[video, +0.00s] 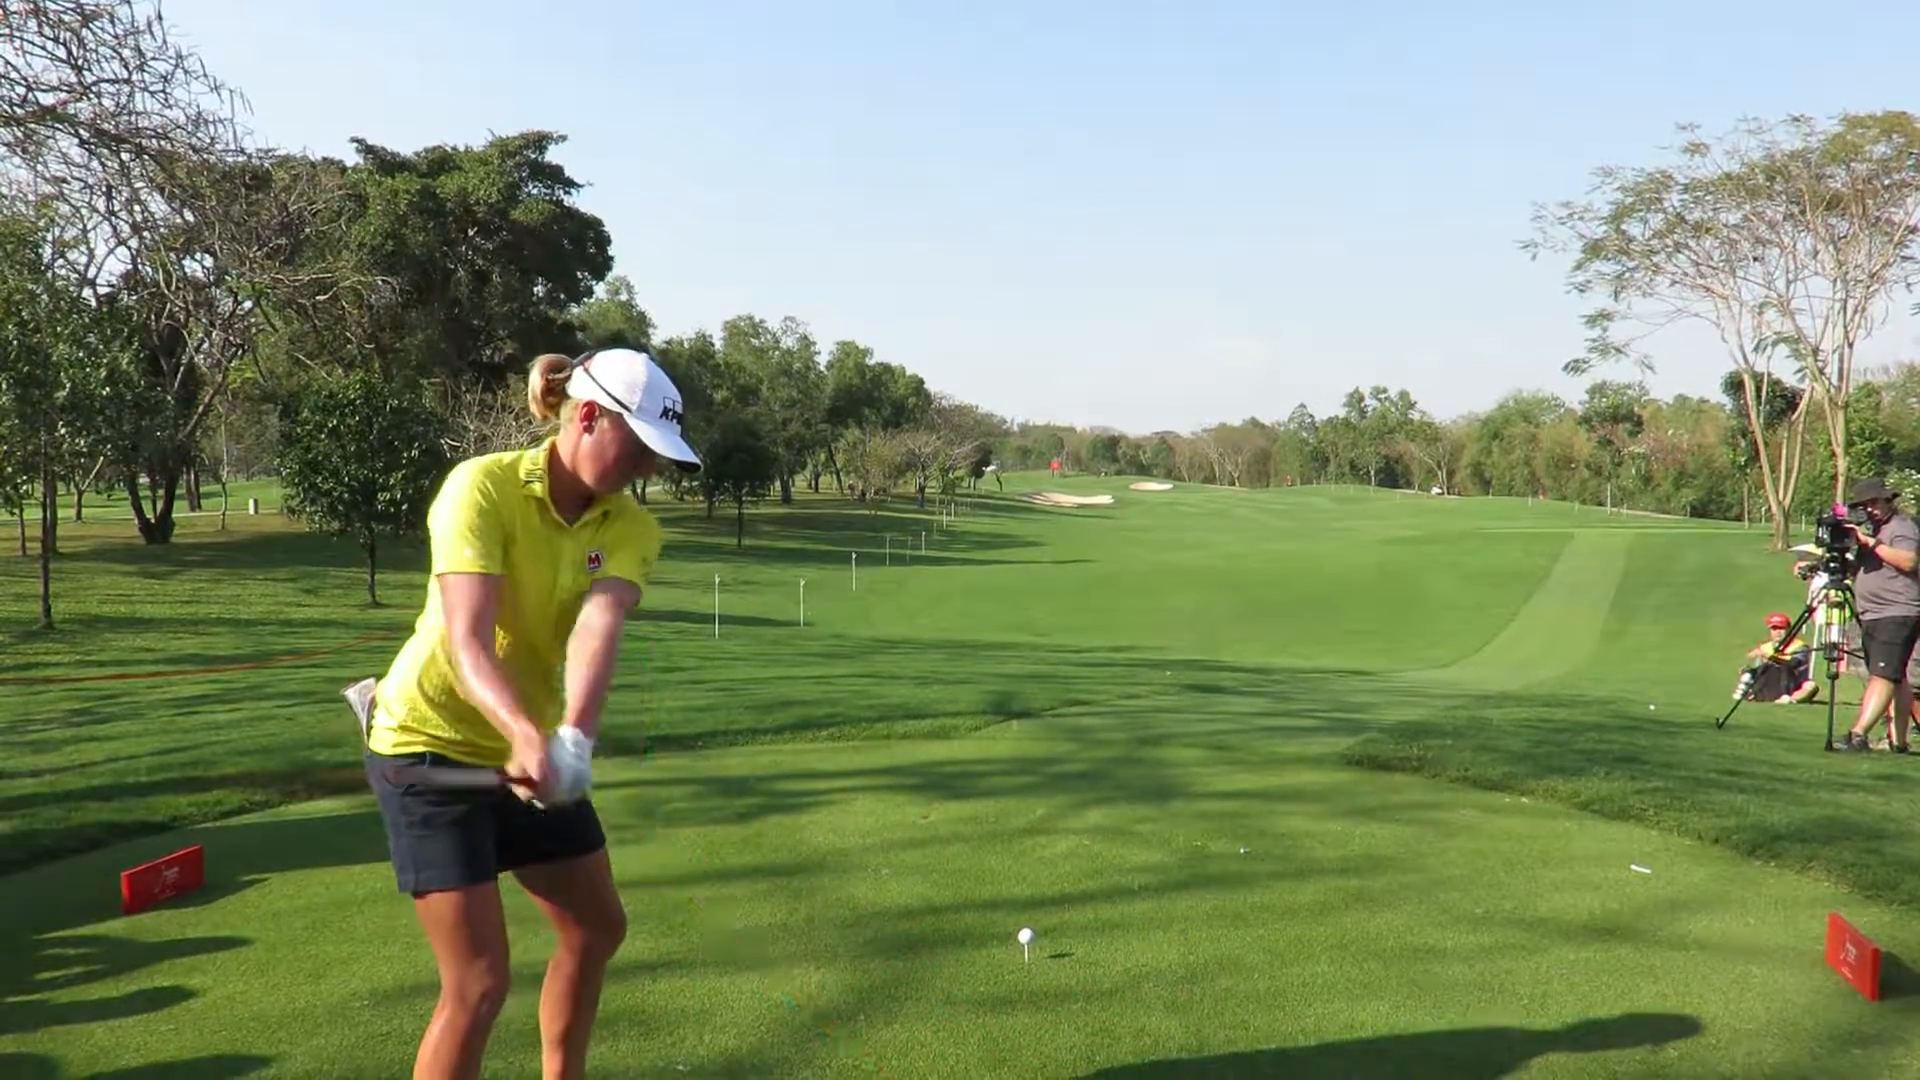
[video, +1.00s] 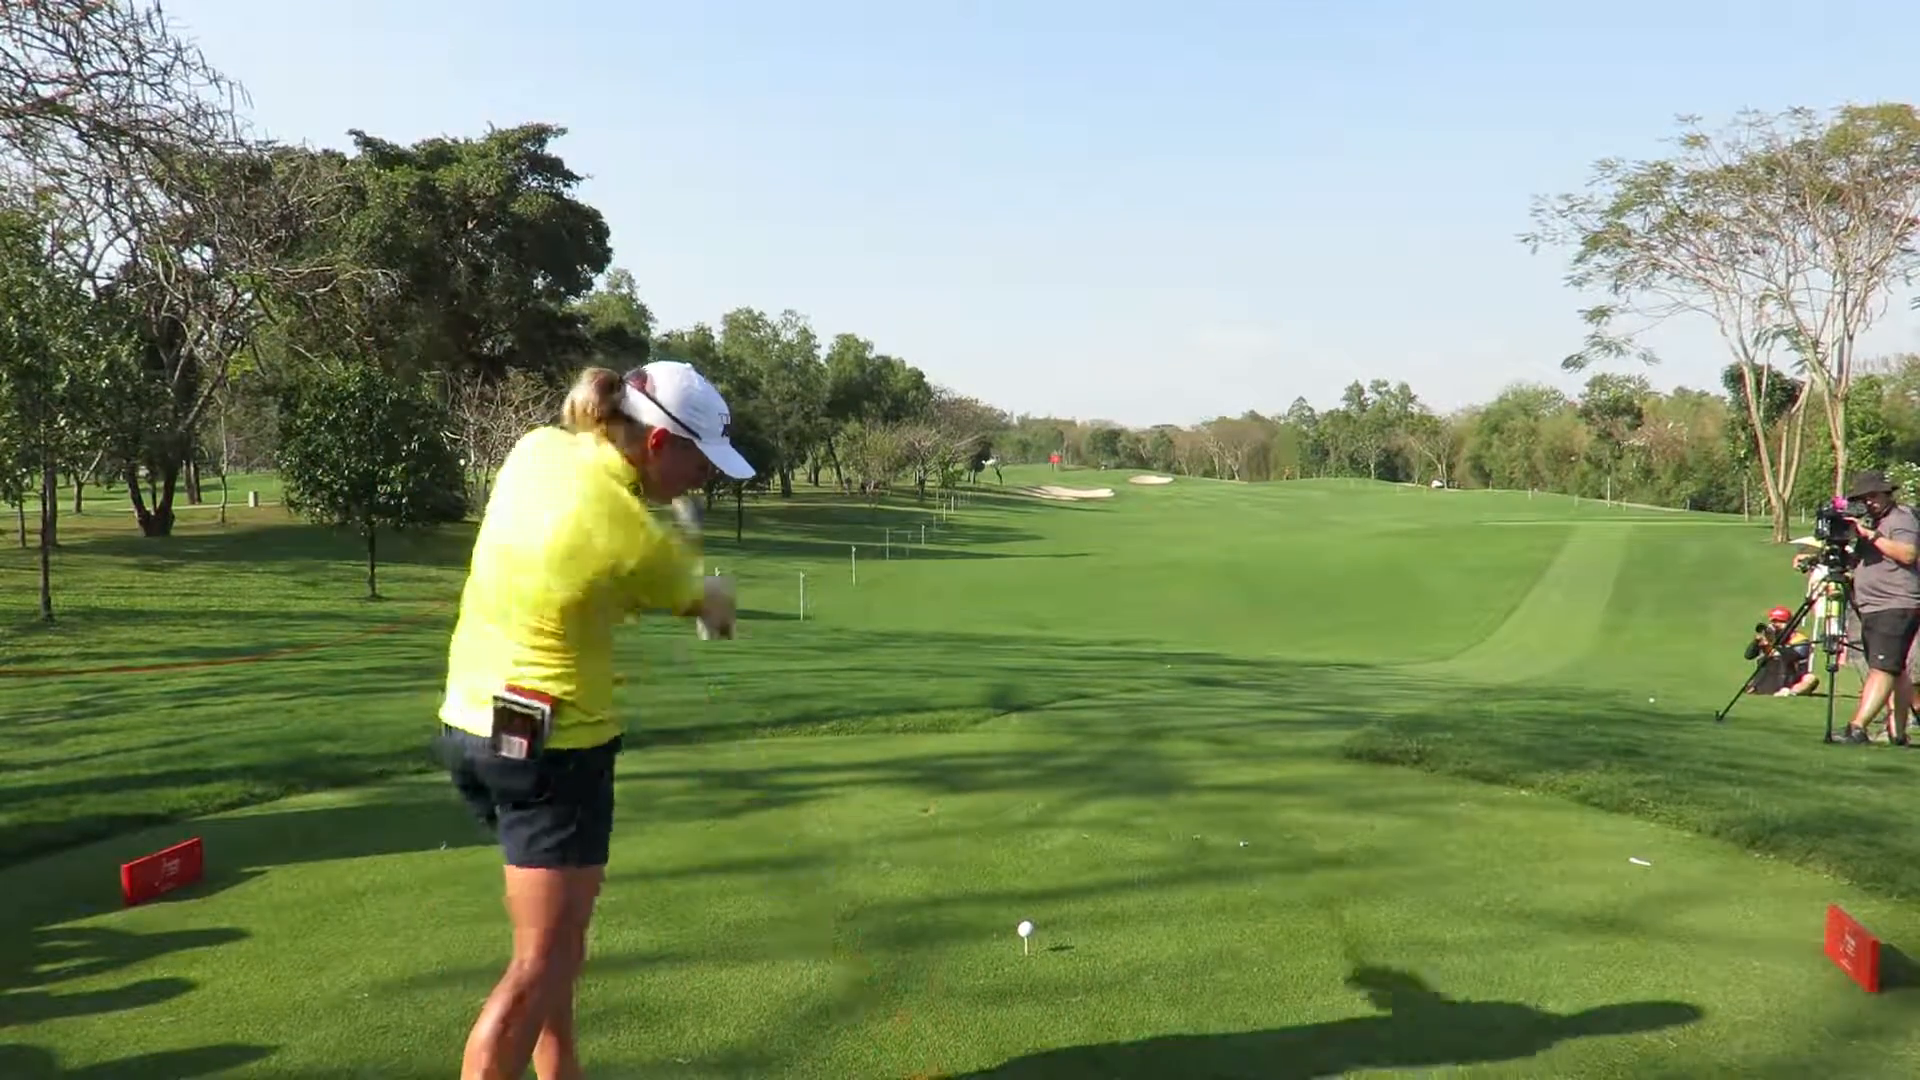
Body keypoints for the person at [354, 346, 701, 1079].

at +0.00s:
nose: (646, 465)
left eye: (654, 453)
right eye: (639, 445)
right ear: (587, 420)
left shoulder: (628, 526)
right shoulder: (478, 488)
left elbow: (600, 629)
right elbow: (468, 638)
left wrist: (579, 734)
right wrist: (521, 730)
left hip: (536, 749)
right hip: (430, 745)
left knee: (596, 927)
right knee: (477, 982)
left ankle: (561, 1072)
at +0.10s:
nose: (653, 470)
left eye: (661, 457)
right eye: (646, 449)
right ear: (594, 422)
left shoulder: (639, 528)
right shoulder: (482, 475)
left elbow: (576, 581)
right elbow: (438, 583)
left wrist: (495, 643)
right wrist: (422, 628)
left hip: (537, 747)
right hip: (432, 746)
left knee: (604, 932)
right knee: (474, 983)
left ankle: (564, 1072)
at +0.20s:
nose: (665, 470)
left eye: (672, 455)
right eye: (656, 449)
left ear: (612, 431)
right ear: (602, 426)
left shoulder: (643, 528)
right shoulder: (484, 466)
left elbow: (531, 522)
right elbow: (383, 582)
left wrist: (410, 502)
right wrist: (359, 502)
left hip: (541, 751)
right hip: (433, 745)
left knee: (611, 938)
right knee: (472, 983)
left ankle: (564, 1074)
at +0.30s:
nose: (672, 462)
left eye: (678, 449)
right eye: (661, 443)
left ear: (625, 433)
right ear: (605, 425)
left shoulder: (642, 526)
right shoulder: (483, 469)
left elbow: (505, 463)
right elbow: (346, 519)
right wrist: (343, 383)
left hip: (542, 756)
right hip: (433, 748)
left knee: (614, 945)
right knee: (473, 983)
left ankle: (568, 1072)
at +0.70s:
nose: (701, 471)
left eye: (706, 456)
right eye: (692, 452)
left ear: (650, 436)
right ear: (640, 431)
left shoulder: (672, 525)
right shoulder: (513, 466)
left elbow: (548, 478)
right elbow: (380, 527)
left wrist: (434, 389)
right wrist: (388, 402)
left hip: (558, 746)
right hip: (455, 742)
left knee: (627, 929)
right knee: (498, 982)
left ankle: (567, 1071)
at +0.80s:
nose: (702, 477)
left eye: (707, 464)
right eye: (696, 458)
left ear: (657, 442)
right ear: (646, 437)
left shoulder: (668, 511)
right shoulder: (534, 478)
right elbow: (464, 613)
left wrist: (566, 614)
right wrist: (509, 622)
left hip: (552, 742)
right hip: (476, 747)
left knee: (609, 907)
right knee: (531, 979)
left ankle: (570, 1071)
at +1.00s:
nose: (703, 480)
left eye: (709, 467)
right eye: (700, 463)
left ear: (637, 428)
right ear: (655, 440)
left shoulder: (535, 449)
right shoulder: (624, 526)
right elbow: (680, 588)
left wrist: (682, 582)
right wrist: (713, 598)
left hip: (469, 729)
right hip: (554, 747)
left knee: (560, 930)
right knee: (537, 963)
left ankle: (557, 1068)